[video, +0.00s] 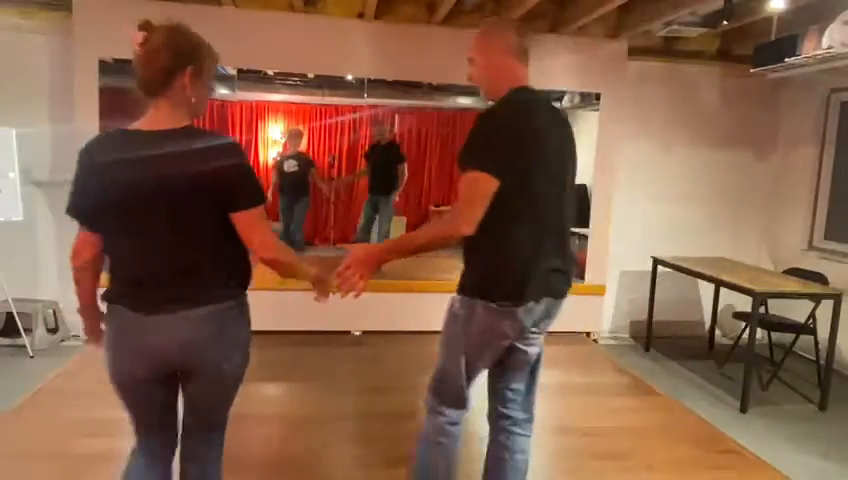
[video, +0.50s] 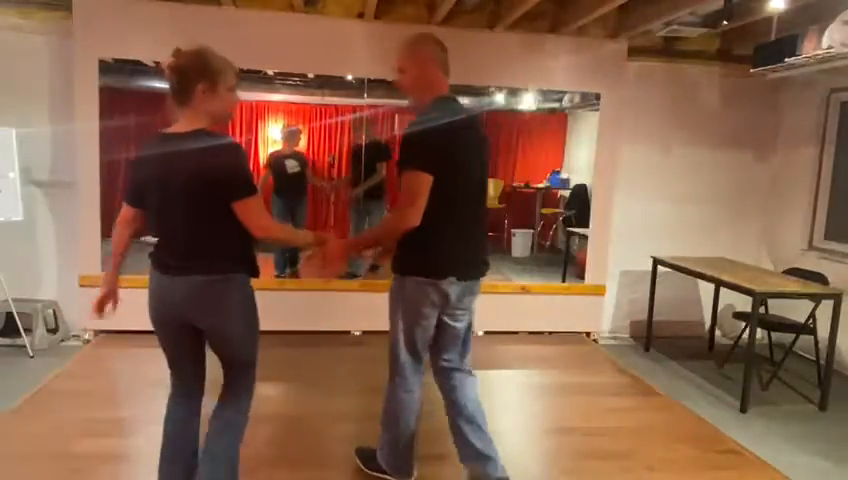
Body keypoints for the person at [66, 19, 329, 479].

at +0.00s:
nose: (212, 93)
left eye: (213, 81)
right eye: (210, 80)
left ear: (147, 79)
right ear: (186, 80)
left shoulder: (101, 154)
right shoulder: (220, 153)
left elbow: (84, 258)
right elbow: (265, 249)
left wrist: (90, 314)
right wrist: (310, 274)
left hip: (134, 329)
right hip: (213, 325)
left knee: (152, 441)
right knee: (206, 438)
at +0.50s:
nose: (235, 101)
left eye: (235, 91)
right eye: (230, 91)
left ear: (194, 93)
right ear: (203, 93)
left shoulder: (152, 153)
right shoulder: (225, 153)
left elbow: (126, 223)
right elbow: (262, 227)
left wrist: (109, 279)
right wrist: (313, 239)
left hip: (165, 291)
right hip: (221, 291)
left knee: (184, 384)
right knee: (239, 378)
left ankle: (173, 475)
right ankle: (214, 473)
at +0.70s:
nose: (242, 107)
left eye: (243, 97)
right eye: (238, 97)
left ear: (192, 99)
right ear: (214, 99)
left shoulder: (169, 158)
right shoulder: (232, 156)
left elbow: (165, 225)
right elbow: (263, 225)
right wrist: (316, 237)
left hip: (182, 284)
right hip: (233, 287)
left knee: (190, 381)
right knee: (238, 376)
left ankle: (175, 475)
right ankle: (237, 455)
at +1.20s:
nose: (263, 110)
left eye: (263, 102)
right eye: (259, 102)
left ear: (225, 106)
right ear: (237, 105)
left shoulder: (212, 152)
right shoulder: (241, 159)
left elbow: (225, 211)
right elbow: (274, 222)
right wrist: (331, 243)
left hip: (219, 264)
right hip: (247, 269)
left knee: (238, 349)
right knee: (248, 360)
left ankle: (241, 425)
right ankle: (231, 455)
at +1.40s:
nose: (267, 113)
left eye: (267, 105)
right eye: (263, 105)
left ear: (232, 107)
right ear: (243, 106)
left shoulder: (227, 153)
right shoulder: (239, 159)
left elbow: (265, 207)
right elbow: (275, 222)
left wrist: (312, 193)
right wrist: (332, 244)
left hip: (234, 259)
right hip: (246, 263)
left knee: (250, 345)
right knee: (251, 351)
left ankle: (243, 420)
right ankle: (230, 453)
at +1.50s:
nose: (270, 112)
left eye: (269, 105)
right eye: (265, 105)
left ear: (232, 108)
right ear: (247, 108)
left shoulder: (231, 153)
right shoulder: (241, 159)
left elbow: (272, 201)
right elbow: (274, 220)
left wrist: (316, 189)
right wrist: (329, 245)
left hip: (237, 255)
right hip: (246, 259)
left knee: (252, 342)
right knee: (252, 347)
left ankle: (243, 418)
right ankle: (230, 449)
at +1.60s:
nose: (270, 112)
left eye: (269, 104)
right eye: (266, 104)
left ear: (233, 108)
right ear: (248, 108)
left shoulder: (237, 152)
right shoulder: (242, 157)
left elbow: (272, 201)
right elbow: (275, 218)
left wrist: (312, 189)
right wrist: (328, 244)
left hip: (243, 253)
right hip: (246, 257)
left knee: (252, 342)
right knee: (251, 346)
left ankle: (243, 417)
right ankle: (229, 445)